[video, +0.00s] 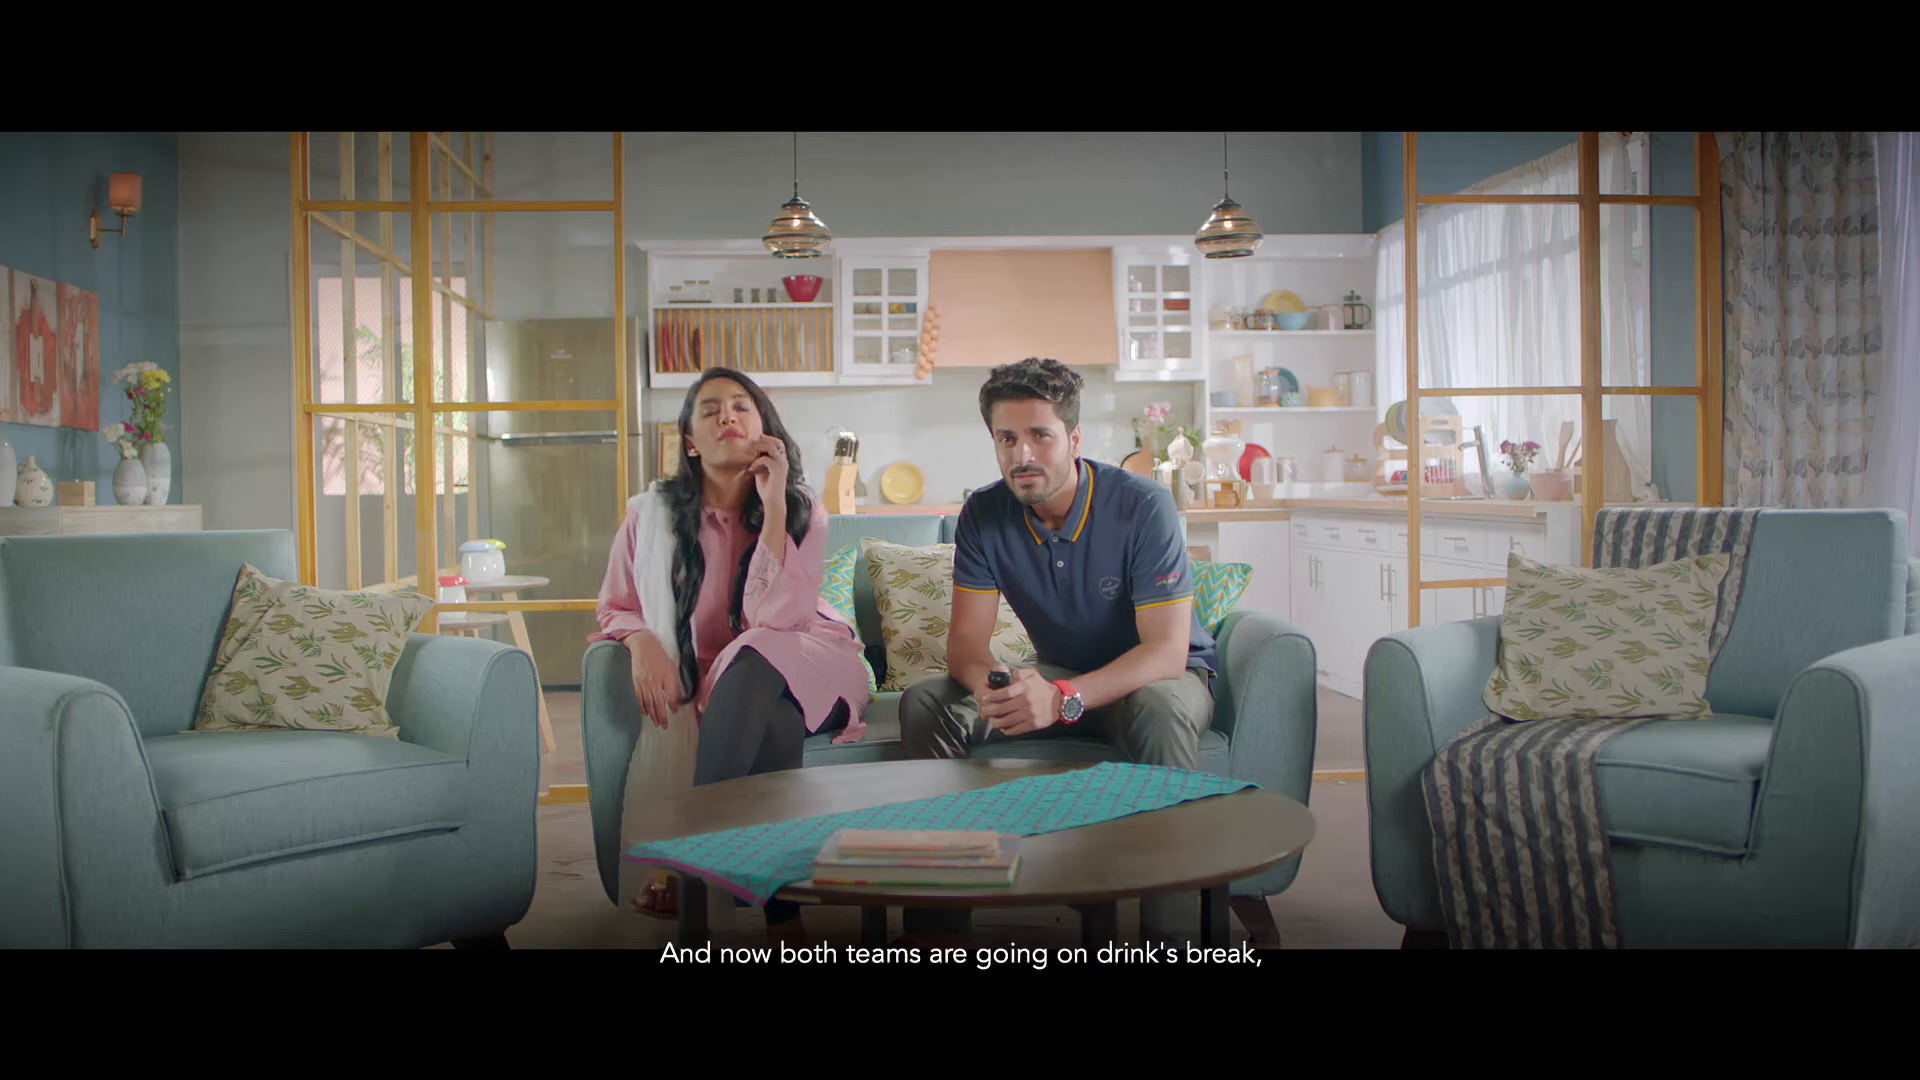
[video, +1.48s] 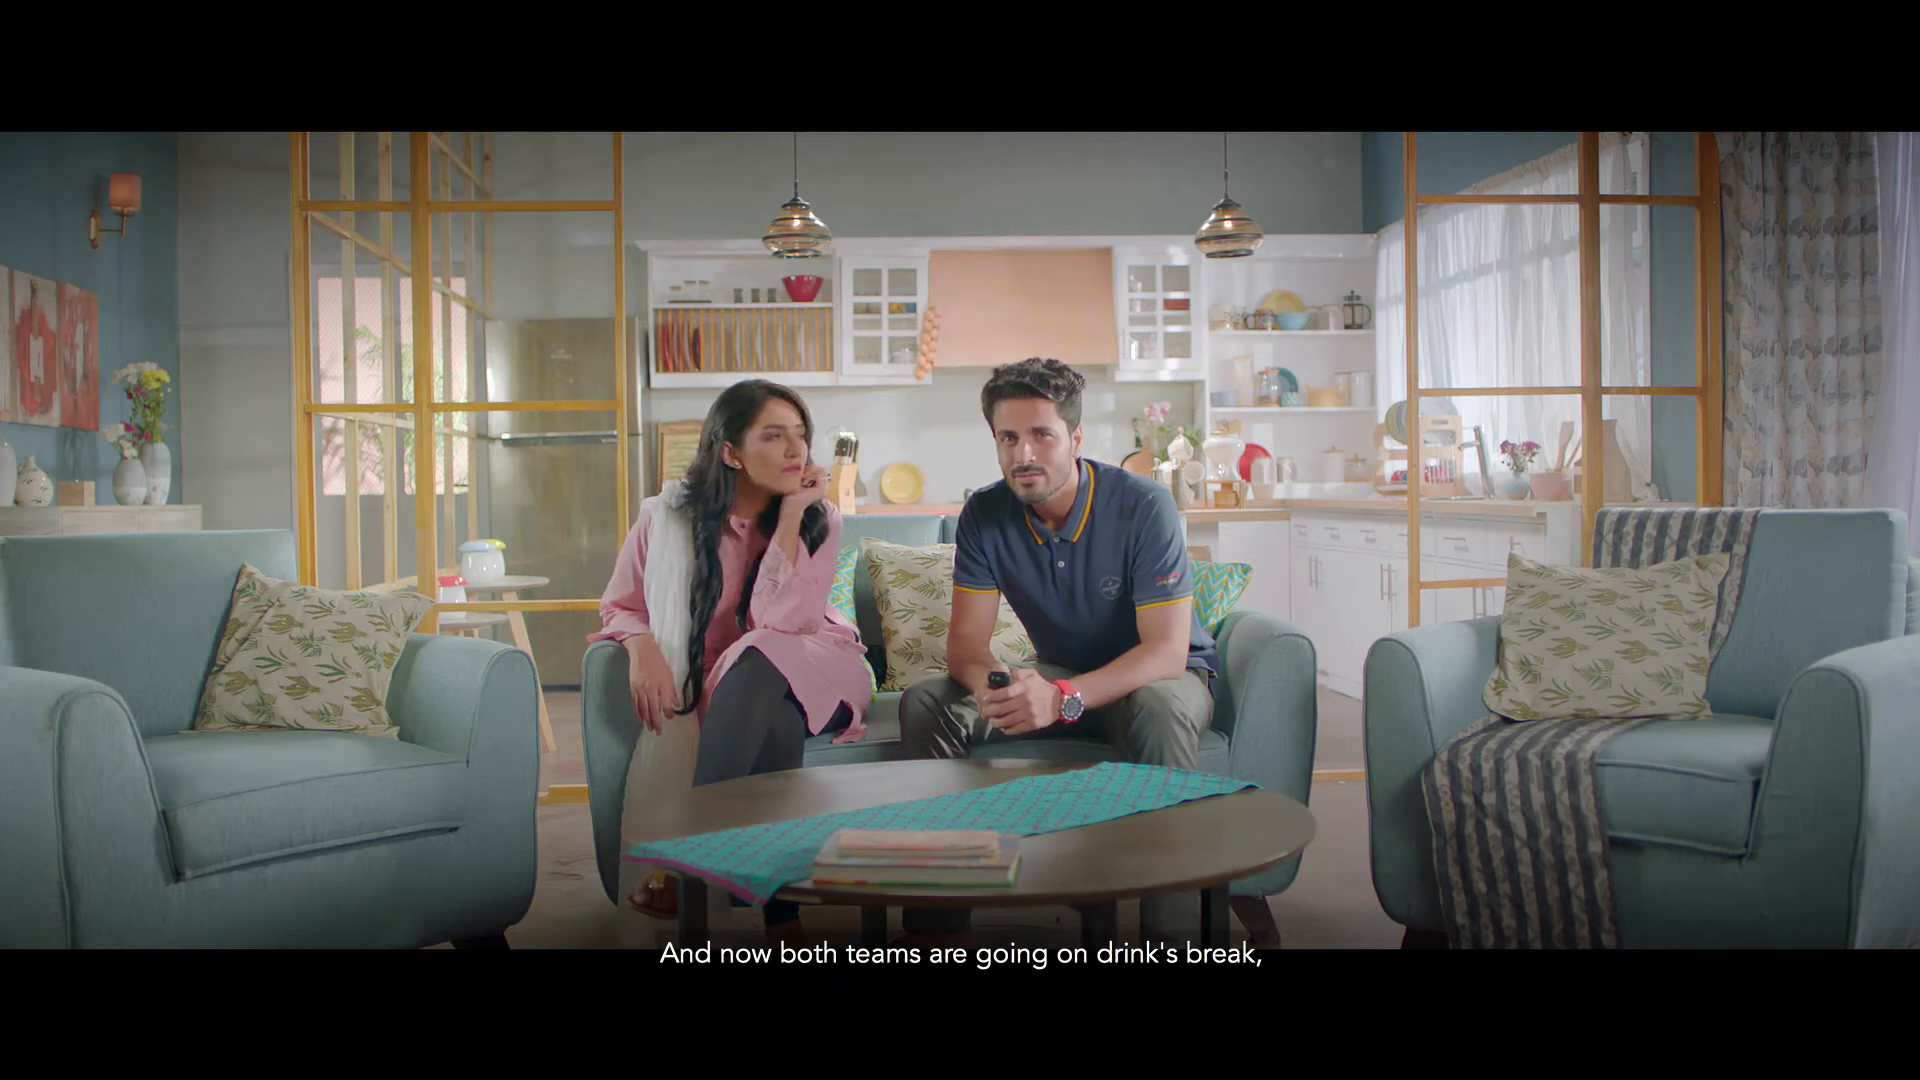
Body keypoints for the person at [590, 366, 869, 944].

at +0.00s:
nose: (728, 417)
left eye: (742, 407)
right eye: (711, 411)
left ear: (767, 432)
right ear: (690, 440)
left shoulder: (799, 511)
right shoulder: (651, 512)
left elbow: (775, 618)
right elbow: (617, 610)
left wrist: (775, 511)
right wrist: (644, 641)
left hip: (815, 662)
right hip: (716, 677)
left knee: (750, 659)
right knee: (778, 720)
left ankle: (686, 864)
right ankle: (782, 911)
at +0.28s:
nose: (738, 421)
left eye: (750, 410)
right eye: (719, 415)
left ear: (775, 430)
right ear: (699, 447)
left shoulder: (808, 514)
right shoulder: (660, 514)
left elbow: (781, 619)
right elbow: (619, 609)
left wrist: (778, 512)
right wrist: (642, 643)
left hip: (819, 665)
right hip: (719, 677)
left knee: (754, 658)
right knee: (778, 721)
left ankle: (686, 865)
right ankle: (781, 911)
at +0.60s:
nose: (762, 433)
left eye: (772, 422)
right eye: (741, 426)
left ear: (791, 437)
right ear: (714, 453)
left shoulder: (814, 516)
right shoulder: (666, 517)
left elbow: (785, 620)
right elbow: (620, 609)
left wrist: (777, 513)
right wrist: (641, 642)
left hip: (821, 670)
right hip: (720, 681)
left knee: (756, 656)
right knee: (779, 723)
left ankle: (686, 862)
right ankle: (781, 912)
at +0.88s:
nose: (774, 445)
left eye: (783, 431)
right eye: (752, 435)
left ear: (797, 444)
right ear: (719, 457)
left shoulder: (815, 518)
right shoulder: (665, 518)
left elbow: (784, 622)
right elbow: (620, 611)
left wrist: (782, 514)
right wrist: (640, 642)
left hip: (821, 672)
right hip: (720, 682)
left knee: (756, 655)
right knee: (779, 722)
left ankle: (686, 862)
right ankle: (780, 909)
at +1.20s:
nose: (785, 448)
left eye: (792, 433)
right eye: (764, 436)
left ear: (803, 445)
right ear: (724, 456)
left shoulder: (816, 520)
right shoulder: (664, 517)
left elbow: (784, 623)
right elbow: (621, 610)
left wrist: (786, 519)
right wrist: (641, 642)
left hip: (822, 670)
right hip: (721, 680)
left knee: (758, 656)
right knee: (777, 721)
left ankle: (687, 863)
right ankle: (780, 910)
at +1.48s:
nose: (795, 448)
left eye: (800, 435)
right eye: (775, 435)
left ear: (809, 445)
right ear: (731, 453)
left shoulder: (816, 520)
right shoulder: (664, 516)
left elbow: (782, 622)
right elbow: (620, 609)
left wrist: (790, 519)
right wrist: (641, 642)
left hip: (820, 669)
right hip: (722, 680)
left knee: (756, 657)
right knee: (778, 720)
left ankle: (688, 865)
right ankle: (779, 907)